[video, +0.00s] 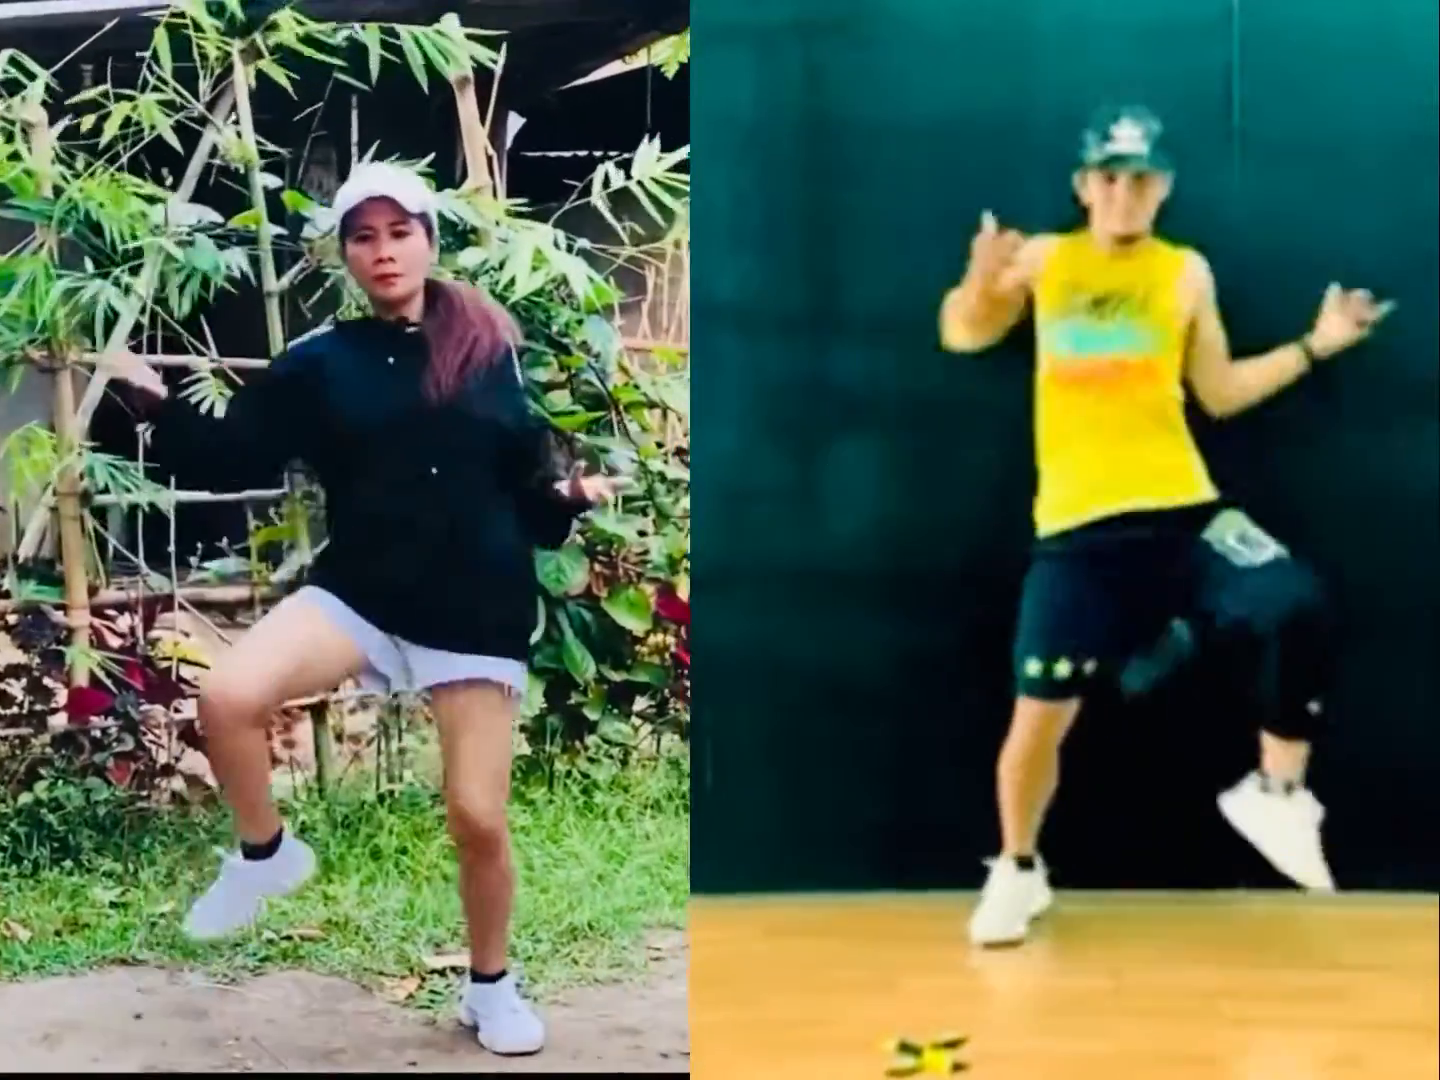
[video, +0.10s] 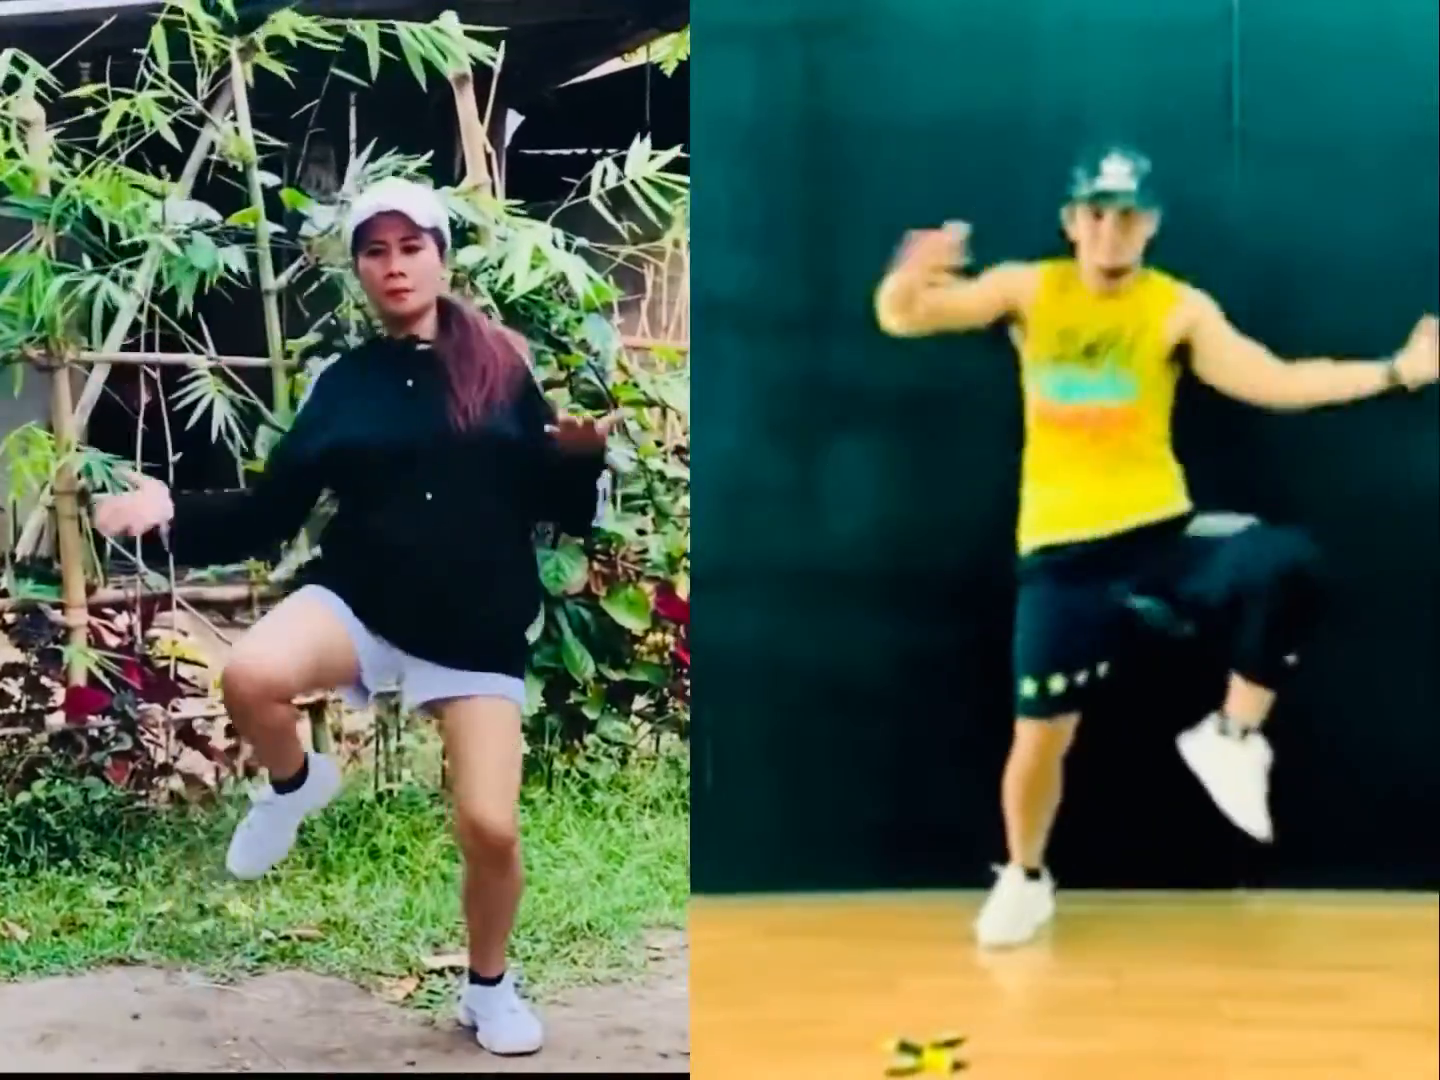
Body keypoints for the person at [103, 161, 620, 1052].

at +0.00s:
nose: (384, 250)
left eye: (400, 231)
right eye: (364, 237)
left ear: (430, 242)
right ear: (345, 256)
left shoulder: (483, 346)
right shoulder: (317, 363)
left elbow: (524, 491)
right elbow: (225, 455)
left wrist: (564, 498)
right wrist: (145, 392)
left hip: (477, 607)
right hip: (359, 591)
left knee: (479, 820)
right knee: (229, 695)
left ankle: (492, 985)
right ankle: (264, 854)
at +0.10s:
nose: (395, 266)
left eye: (412, 247)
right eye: (376, 252)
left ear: (445, 259)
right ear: (358, 273)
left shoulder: (498, 366)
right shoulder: (345, 382)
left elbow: (556, 512)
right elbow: (270, 512)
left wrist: (577, 458)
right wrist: (172, 513)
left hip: (480, 627)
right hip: (361, 599)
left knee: (492, 829)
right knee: (250, 675)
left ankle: (489, 984)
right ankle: (296, 782)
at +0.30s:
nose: (374, 255)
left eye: (393, 237)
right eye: (357, 240)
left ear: (427, 251)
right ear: (341, 259)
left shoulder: (479, 352)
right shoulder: (333, 366)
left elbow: (563, 475)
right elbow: (266, 484)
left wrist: (591, 434)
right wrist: (234, 398)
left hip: (460, 613)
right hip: (343, 588)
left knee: (469, 820)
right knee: (244, 689)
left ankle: (488, 986)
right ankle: (204, 857)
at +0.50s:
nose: (312, 291)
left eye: (332, 277)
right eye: (297, 275)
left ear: (365, 292)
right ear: (273, 288)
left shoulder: (415, 394)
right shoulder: (237, 388)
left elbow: (541, 430)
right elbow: (149, 347)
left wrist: (589, 316)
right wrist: (212, 231)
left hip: (427, 659)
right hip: (294, 656)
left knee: (461, 846)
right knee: (192, 809)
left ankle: (484, 993)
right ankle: (139, 986)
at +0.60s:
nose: (284, 289)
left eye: (305, 273)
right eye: (268, 272)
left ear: (337, 292)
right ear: (246, 288)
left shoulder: (389, 394)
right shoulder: (189, 395)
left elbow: (488, 373)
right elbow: (79, 379)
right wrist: (109, 314)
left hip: (378, 670)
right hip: (237, 674)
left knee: (437, 847)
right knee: (166, 844)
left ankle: (483, 990)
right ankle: (144, 996)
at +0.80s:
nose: (206, 245)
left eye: (228, 230)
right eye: (190, 228)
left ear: (260, 247)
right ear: (166, 242)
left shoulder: (297, 347)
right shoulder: (104, 345)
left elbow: (419, 332)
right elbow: (6, 311)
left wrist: (368, 275)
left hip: (288, 607)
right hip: (152, 629)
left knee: (386, 759)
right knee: (117, 842)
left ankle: (368, 889)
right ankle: (125, 1009)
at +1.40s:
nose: (254, 291)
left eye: (273, 274)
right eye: (235, 274)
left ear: (304, 289)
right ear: (206, 290)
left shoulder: (358, 393)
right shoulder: (155, 384)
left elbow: (475, 381)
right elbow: (68, 318)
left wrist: (433, 333)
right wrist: (96, 200)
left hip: (351, 662)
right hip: (210, 675)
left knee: (444, 847)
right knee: (143, 870)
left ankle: (482, 1010)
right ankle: (120, 1010)